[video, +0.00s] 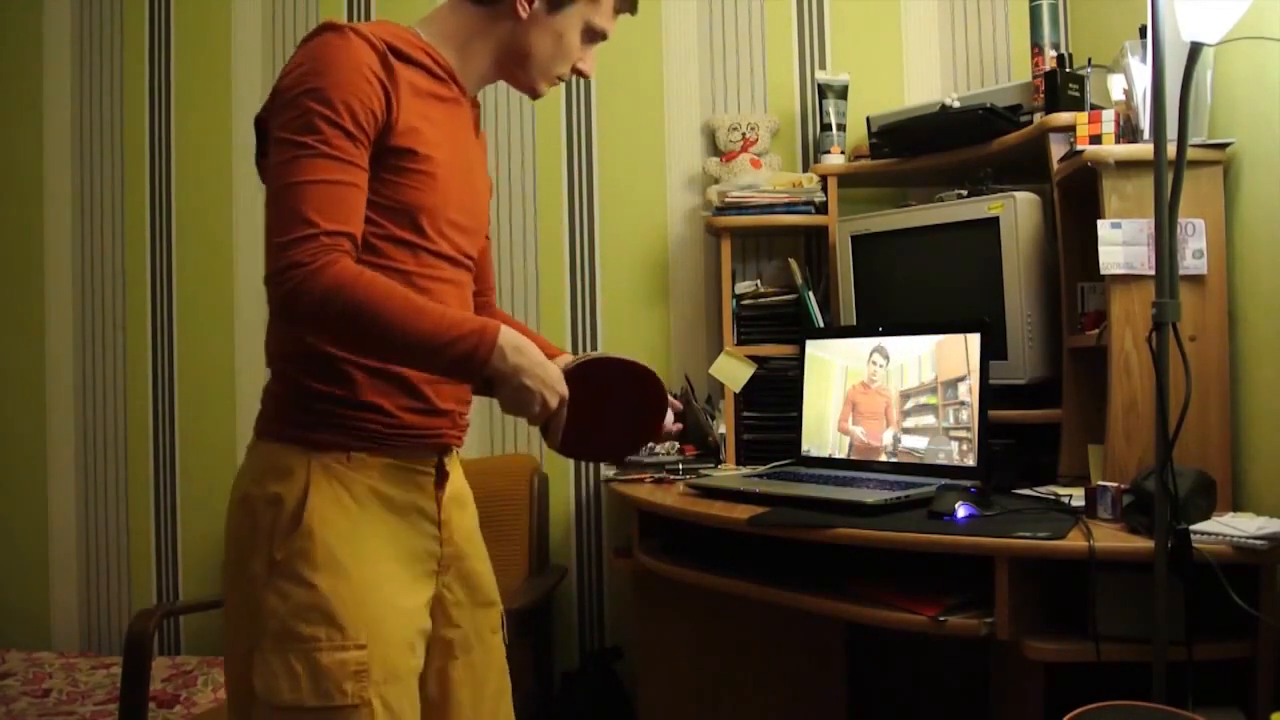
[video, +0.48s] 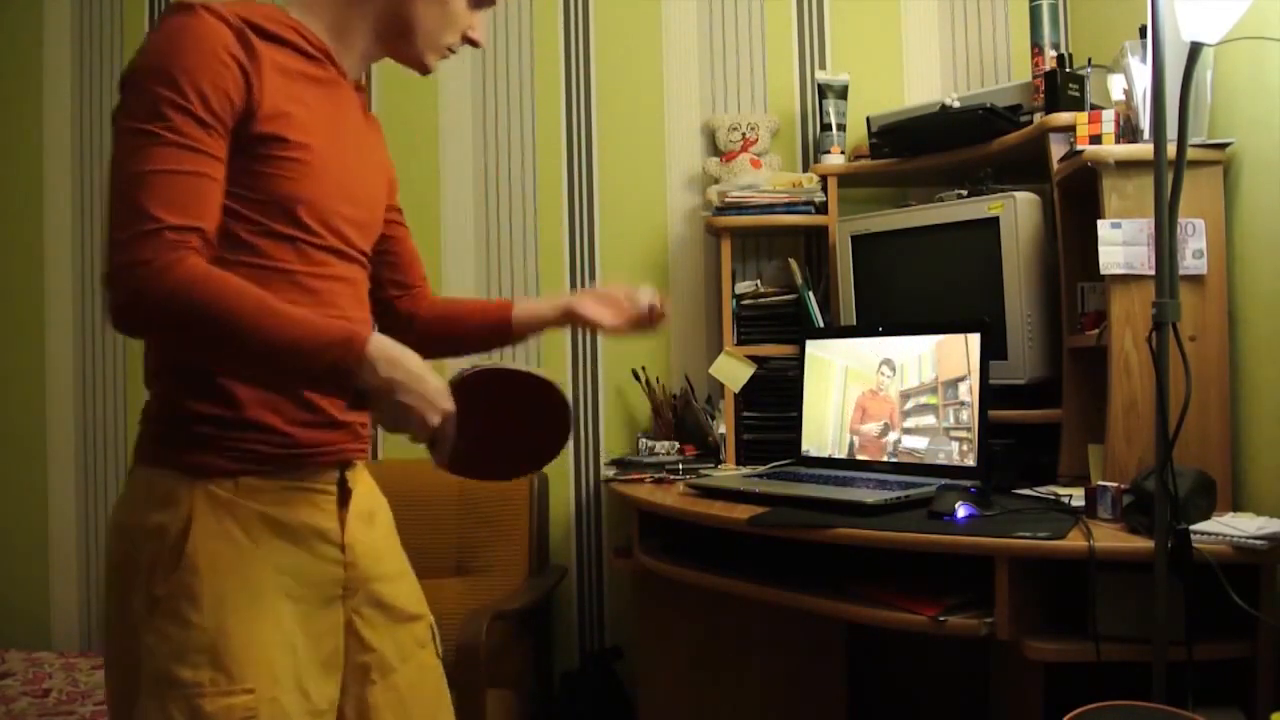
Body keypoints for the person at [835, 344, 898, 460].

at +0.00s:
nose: (876, 369)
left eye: (881, 366)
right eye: (873, 363)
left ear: (885, 369)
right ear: (867, 363)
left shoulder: (887, 394)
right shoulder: (854, 391)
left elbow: (893, 425)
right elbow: (842, 424)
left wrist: (888, 434)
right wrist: (853, 430)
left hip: (879, 452)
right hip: (858, 451)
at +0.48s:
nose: (883, 380)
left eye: (888, 377)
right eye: (882, 374)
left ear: (892, 379)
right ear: (876, 373)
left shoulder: (891, 402)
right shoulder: (863, 399)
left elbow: (896, 429)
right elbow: (853, 428)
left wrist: (890, 437)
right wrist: (868, 429)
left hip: (882, 453)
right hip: (864, 452)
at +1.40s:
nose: (880, 379)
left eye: (885, 377)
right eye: (878, 373)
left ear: (888, 380)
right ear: (873, 372)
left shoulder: (883, 405)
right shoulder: (857, 396)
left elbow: (884, 430)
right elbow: (842, 426)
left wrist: (889, 440)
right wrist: (861, 442)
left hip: (876, 457)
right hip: (857, 456)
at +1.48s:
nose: (881, 380)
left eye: (885, 378)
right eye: (879, 374)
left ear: (888, 381)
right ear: (873, 372)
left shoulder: (882, 403)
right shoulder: (858, 396)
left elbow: (882, 431)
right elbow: (843, 426)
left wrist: (892, 443)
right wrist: (861, 442)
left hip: (876, 457)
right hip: (857, 456)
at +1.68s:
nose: (882, 382)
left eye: (887, 380)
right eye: (881, 376)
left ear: (889, 383)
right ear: (875, 374)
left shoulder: (882, 403)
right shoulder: (860, 397)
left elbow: (882, 430)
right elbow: (843, 425)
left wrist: (891, 441)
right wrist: (862, 440)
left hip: (875, 457)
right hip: (858, 456)